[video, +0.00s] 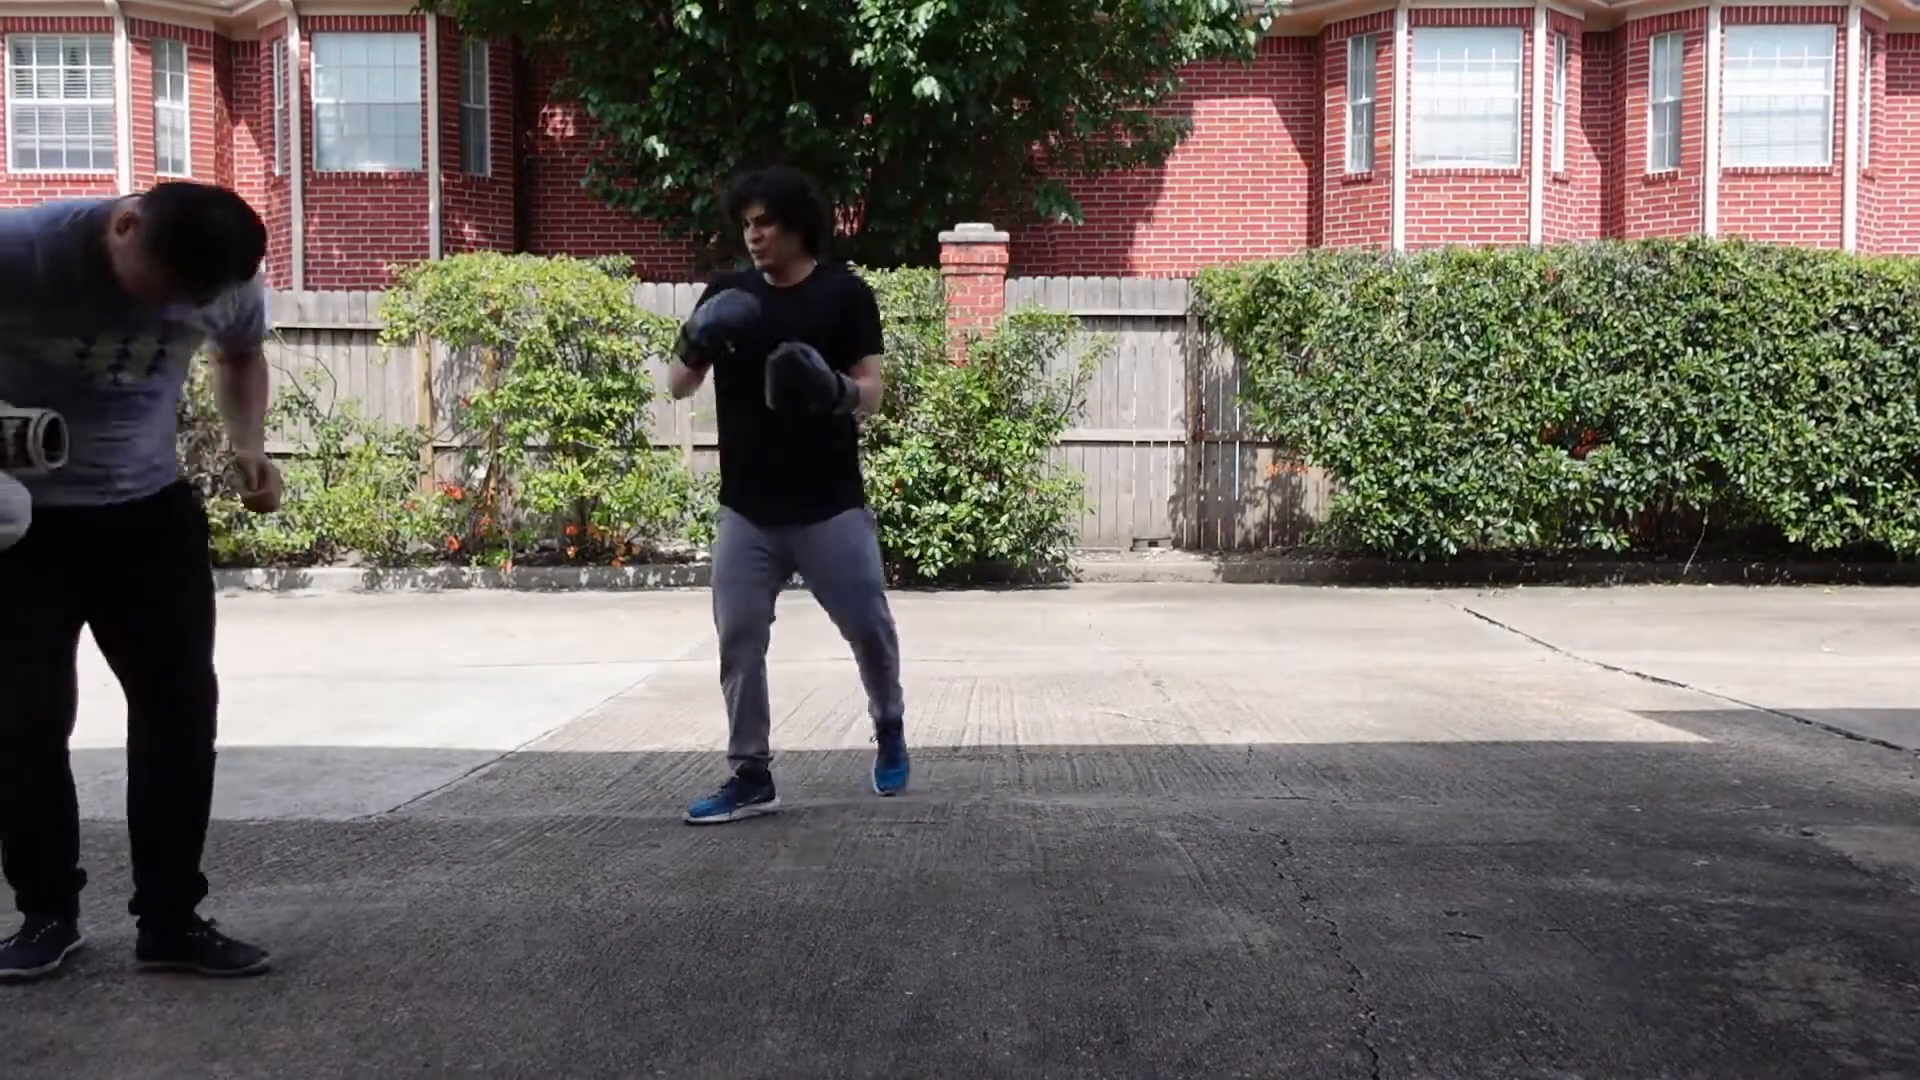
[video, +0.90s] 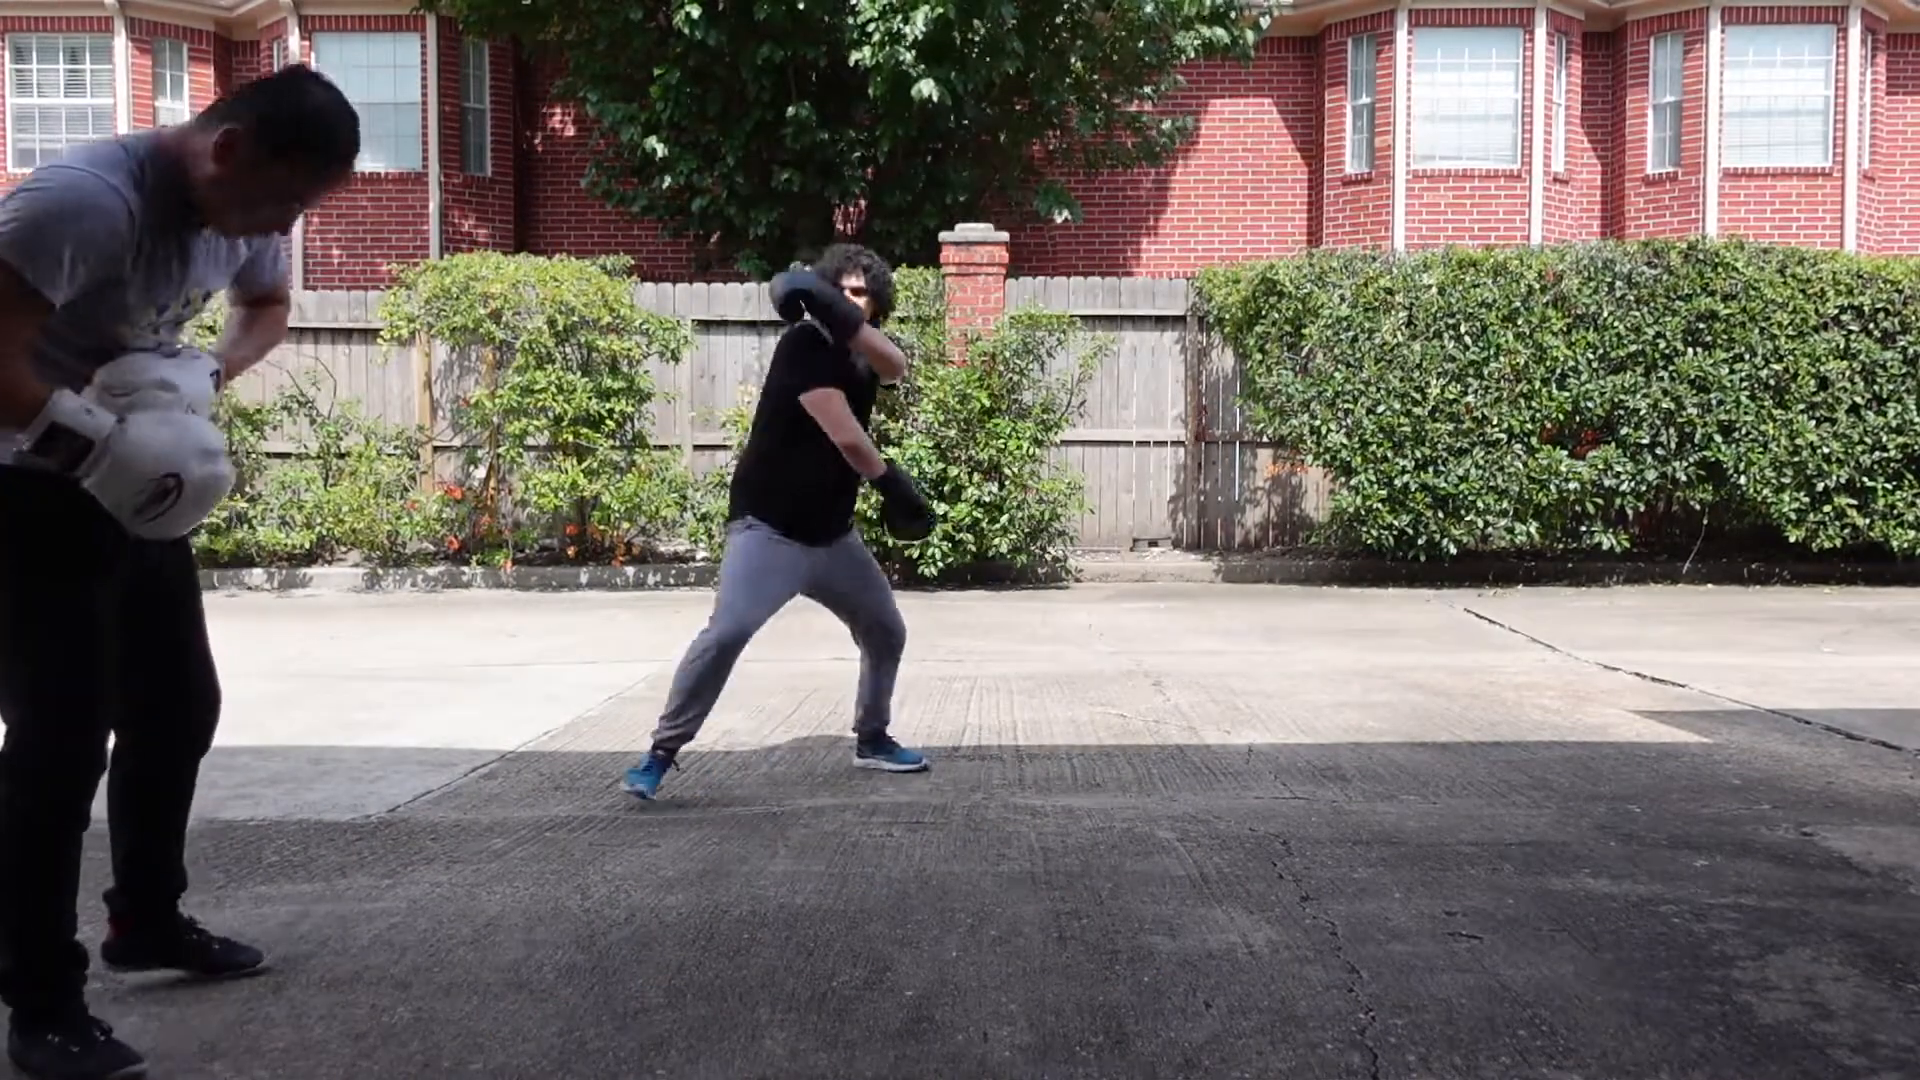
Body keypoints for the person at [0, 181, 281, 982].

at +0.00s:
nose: (158, 302)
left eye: (174, 295)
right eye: (152, 286)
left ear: (205, 272)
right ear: (126, 224)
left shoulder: (218, 272)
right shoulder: (20, 249)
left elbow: (241, 352)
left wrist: (247, 445)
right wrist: (5, 439)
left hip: (150, 518)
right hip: (25, 526)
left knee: (178, 715)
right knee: (25, 729)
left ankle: (169, 921)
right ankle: (45, 916)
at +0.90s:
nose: (281, 227)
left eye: (297, 207)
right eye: (279, 202)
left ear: (250, 155)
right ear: (231, 148)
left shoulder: (246, 204)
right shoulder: (83, 202)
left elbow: (268, 311)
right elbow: (0, 352)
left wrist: (209, 370)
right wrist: (90, 429)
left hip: (129, 472)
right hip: (25, 474)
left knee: (176, 705)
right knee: (59, 733)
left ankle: (146, 919)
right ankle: (40, 1008)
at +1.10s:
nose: (351, 209)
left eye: (363, 191)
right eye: (352, 183)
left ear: (293, 145)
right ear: (290, 140)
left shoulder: (249, 215)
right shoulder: (144, 203)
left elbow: (257, 323)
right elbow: (21, 332)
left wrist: (245, 405)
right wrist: (131, 431)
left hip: (126, 479)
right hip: (36, 476)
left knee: (173, 709)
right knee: (63, 732)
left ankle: (164, 937)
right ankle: (40, 1011)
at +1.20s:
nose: (381, 201)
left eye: (393, 183)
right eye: (386, 178)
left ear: (329, 144)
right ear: (332, 145)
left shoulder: (273, 221)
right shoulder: (185, 208)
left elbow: (261, 336)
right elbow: (47, 347)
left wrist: (255, 421)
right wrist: (175, 429)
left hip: (131, 482)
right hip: (44, 480)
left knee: (184, 717)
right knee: (79, 733)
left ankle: (218, 944)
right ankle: (43, 1012)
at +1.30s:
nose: (412, 188)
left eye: (421, 164)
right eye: (413, 161)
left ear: (351, 139)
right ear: (362, 142)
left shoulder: (277, 215)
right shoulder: (233, 207)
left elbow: (232, 339)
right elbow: (115, 353)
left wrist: (270, 412)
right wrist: (216, 429)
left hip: (157, 490)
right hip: (88, 489)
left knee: (214, 727)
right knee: (112, 739)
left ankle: (261, 949)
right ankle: (46, 1017)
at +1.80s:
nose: (477, 224)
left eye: (490, 216)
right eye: (491, 208)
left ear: (439, 135)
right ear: (481, 161)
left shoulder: (317, 169)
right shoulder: (415, 187)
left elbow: (283, 330)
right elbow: (409, 351)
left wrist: (384, 396)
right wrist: (443, 417)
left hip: (229, 467)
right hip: (318, 475)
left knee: (296, 703)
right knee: (413, 720)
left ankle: (270, 947)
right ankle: (445, 981)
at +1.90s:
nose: (511, 220)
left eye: (521, 209)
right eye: (521, 204)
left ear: (461, 138)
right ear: (505, 166)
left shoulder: (334, 167)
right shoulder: (455, 193)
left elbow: (280, 306)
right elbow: (460, 360)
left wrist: (398, 392)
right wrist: (461, 425)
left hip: (251, 475)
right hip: (353, 487)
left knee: (311, 704)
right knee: (437, 732)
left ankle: (271, 947)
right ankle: (481, 980)